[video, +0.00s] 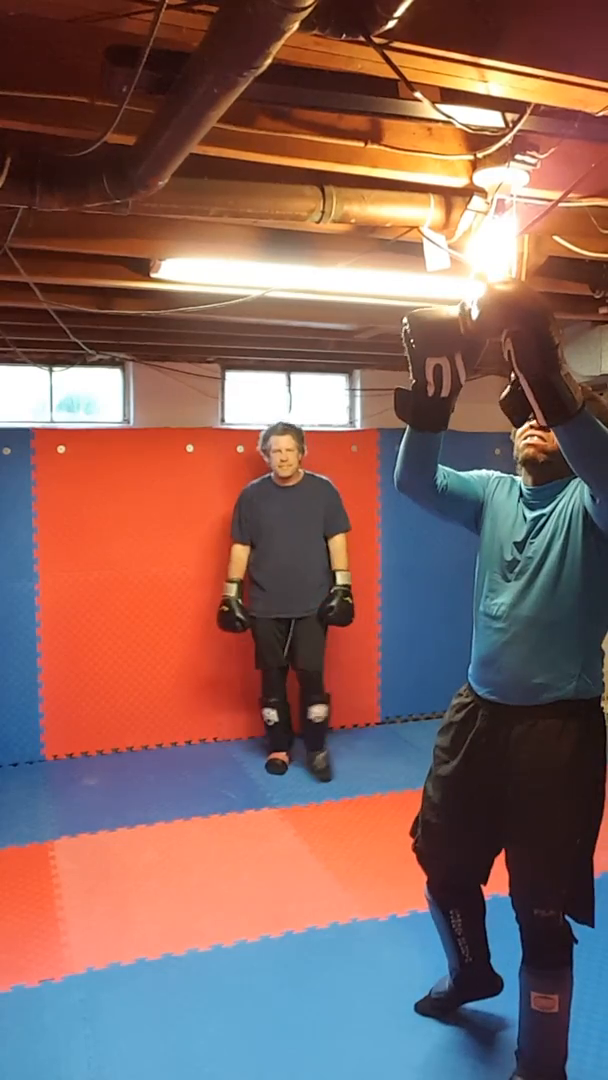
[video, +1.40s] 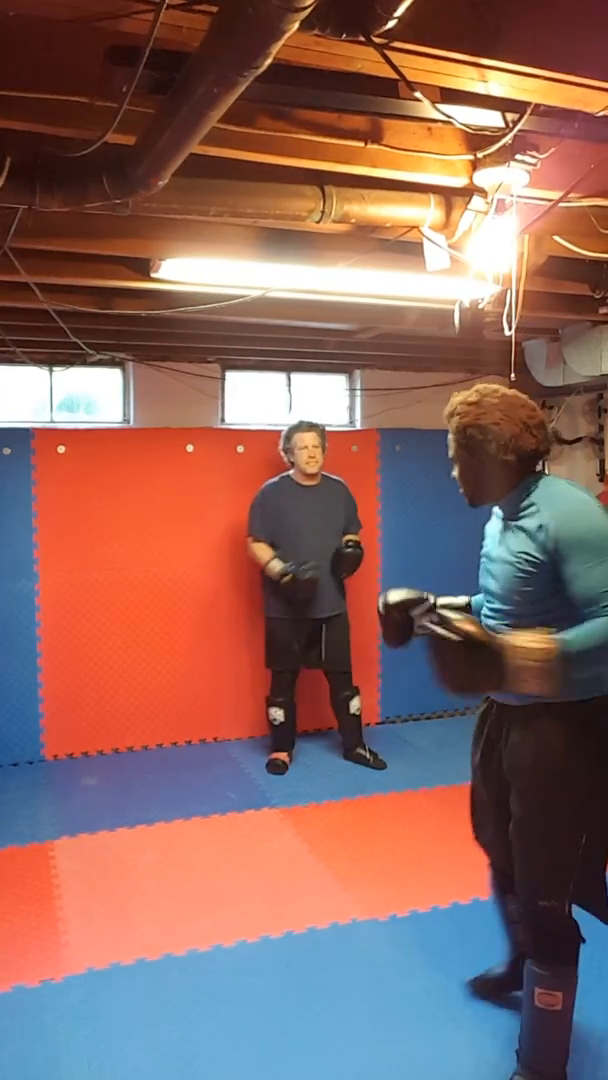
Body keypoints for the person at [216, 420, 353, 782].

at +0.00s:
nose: (282, 458)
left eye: (288, 451)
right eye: (276, 452)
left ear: (301, 453)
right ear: (267, 455)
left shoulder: (323, 491)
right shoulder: (252, 495)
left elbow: (337, 540)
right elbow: (240, 546)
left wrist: (342, 587)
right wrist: (230, 593)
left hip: (313, 601)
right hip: (266, 602)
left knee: (312, 674)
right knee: (272, 675)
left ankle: (317, 747)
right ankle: (279, 745)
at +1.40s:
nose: (311, 454)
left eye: (316, 448)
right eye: (303, 449)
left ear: (324, 452)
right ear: (288, 454)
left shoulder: (339, 491)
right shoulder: (270, 494)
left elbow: (353, 532)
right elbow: (257, 543)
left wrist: (352, 551)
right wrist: (283, 574)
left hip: (332, 604)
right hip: (286, 606)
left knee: (342, 675)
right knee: (283, 677)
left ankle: (354, 744)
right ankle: (281, 748)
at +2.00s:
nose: (357, 457)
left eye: (361, 450)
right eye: (349, 451)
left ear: (367, 452)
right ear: (332, 455)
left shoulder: (381, 490)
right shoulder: (315, 493)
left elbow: (398, 536)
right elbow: (301, 547)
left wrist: (390, 541)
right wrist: (346, 537)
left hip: (375, 603)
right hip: (333, 604)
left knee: (366, 674)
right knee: (329, 672)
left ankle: (358, 744)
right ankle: (295, 747)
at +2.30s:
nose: (368, 460)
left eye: (373, 453)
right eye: (361, 453)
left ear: (379, 454)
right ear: (343, 455)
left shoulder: (389, 490)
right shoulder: (324, 492)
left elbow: (403, 539)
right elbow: (305, 544)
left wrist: (413, 558)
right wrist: (350, 538)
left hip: (379, 603)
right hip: (340, 603)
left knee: (369, 676)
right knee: (345, 674)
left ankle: (359, 744)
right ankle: (337, 760)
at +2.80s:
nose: (367, 459)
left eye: (370, 451)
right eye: (358, 453)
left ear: (376, 451)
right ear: (339, 456)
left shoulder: (388, 488)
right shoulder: (323, 494)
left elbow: (401, 538)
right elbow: (306, 549)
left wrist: (378, 545)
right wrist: (343, 543)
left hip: (380, 609)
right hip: (340, 612)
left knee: (367, 681)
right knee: (341, 684)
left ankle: (360, 744)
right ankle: (343, 767)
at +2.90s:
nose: (365, 459)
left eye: (368, 451)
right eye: (356, 454)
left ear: (375, 450)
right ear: (338, 457)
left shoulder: (387, 489)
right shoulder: (322, 495)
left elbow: (402, 537)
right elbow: (305, 549)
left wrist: (377, 542)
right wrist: (345, 544)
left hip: (382, 610)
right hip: (340, 613)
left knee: (369, 684)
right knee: (341, 686)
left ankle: (360, 745)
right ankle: (343, 768)